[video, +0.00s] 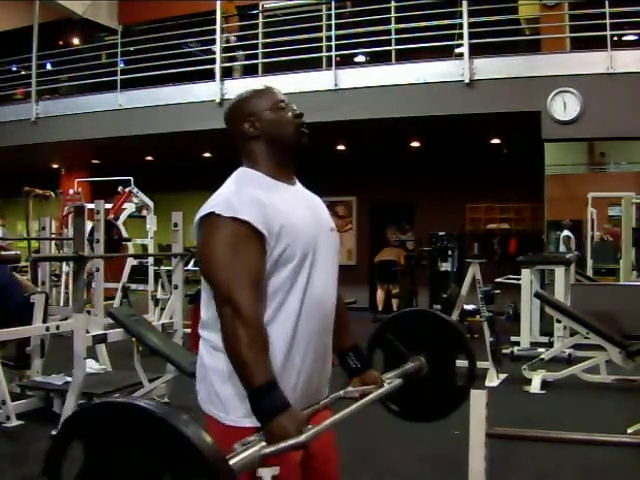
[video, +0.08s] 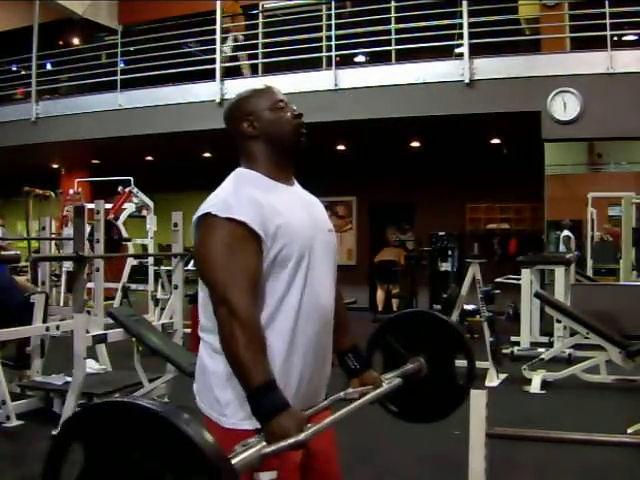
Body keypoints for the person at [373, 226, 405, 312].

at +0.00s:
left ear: (390, 245)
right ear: (400, 246)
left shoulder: (383, 250)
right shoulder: (400, 251)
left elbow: (376, 259)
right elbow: (402, 262)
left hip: (380, 263)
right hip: (393, 263)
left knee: (380, 287)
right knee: (394, 288)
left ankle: (379, 310)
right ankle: (395, 310)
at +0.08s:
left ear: (390, 245)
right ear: (400, 245)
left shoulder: (383, 250)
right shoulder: (400, 251)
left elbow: (376, 259)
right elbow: (402, 262)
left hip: (380, 263)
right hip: (392, 263)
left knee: (380, 288)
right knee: (394, 287)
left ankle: (379, 310)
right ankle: (395, 310)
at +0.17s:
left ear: (390, 244)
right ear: (400, 245)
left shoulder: (384, 250)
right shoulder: (400, 251)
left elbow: (376, 258)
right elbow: (402, 262)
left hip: (380, 263)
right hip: (392, 263)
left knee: (380, 288)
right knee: (394, 288)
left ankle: (379, 309)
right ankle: (395, 310)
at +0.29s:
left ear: (389, 245)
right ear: (398, 245)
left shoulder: (384, 250)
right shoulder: (400, 251)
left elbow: (376, 259)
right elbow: (402, 262)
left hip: (380, 263)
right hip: (393, 262)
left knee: (380, 288)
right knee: (394, 288)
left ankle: (379, 310)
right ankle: (395, 310)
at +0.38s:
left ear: (390, 245)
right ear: (400, 245)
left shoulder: (384, 250)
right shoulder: (400, 251)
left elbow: (376, 259)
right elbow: (402, 262)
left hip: (380, 263)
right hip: (393, 263)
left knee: (380, 287)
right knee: (395, 288)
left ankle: (379, 310)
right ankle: (395, 310)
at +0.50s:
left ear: (390, 244)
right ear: (400, 245)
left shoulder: (384, 251)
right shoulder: (400, 251)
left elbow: (376, 259)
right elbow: (402, 262)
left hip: (380, 263)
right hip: (393, 263)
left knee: (380, 288)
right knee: (395, 288)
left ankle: (379, 310)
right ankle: (395, 310)